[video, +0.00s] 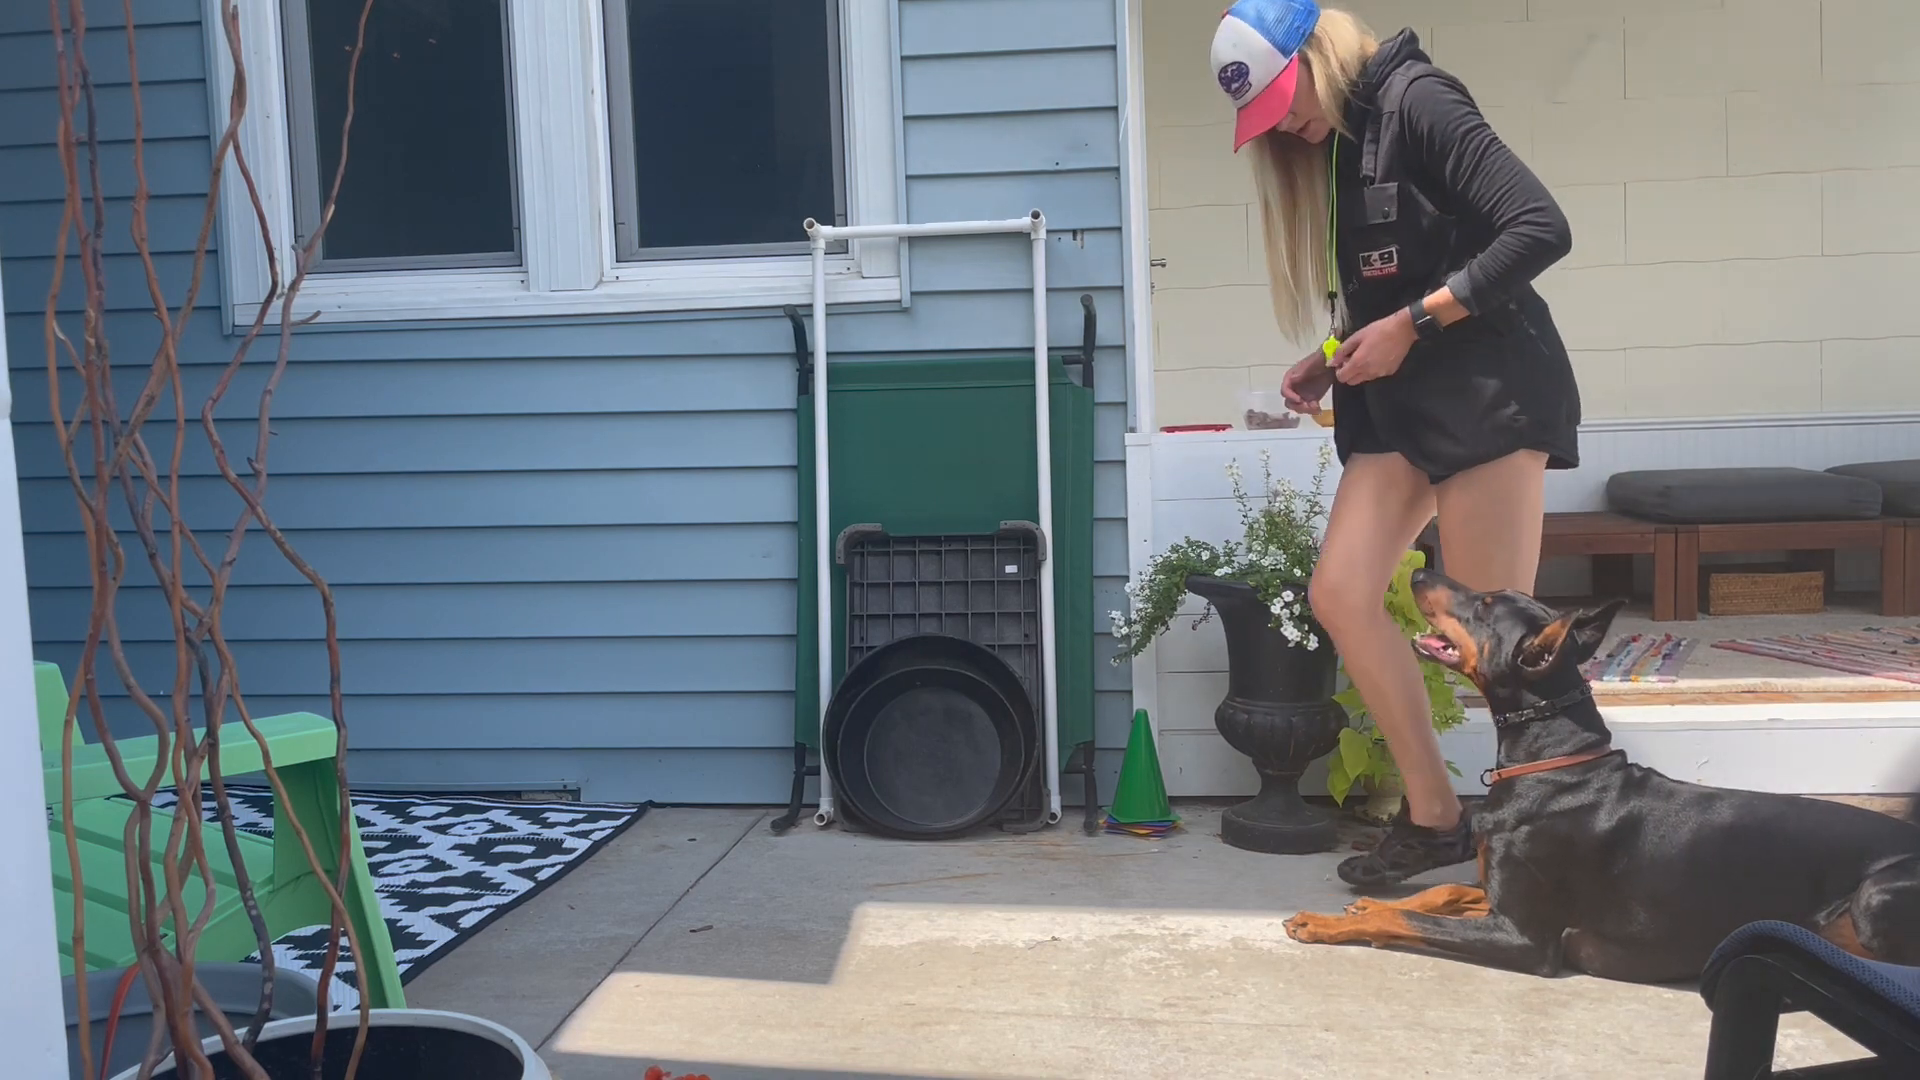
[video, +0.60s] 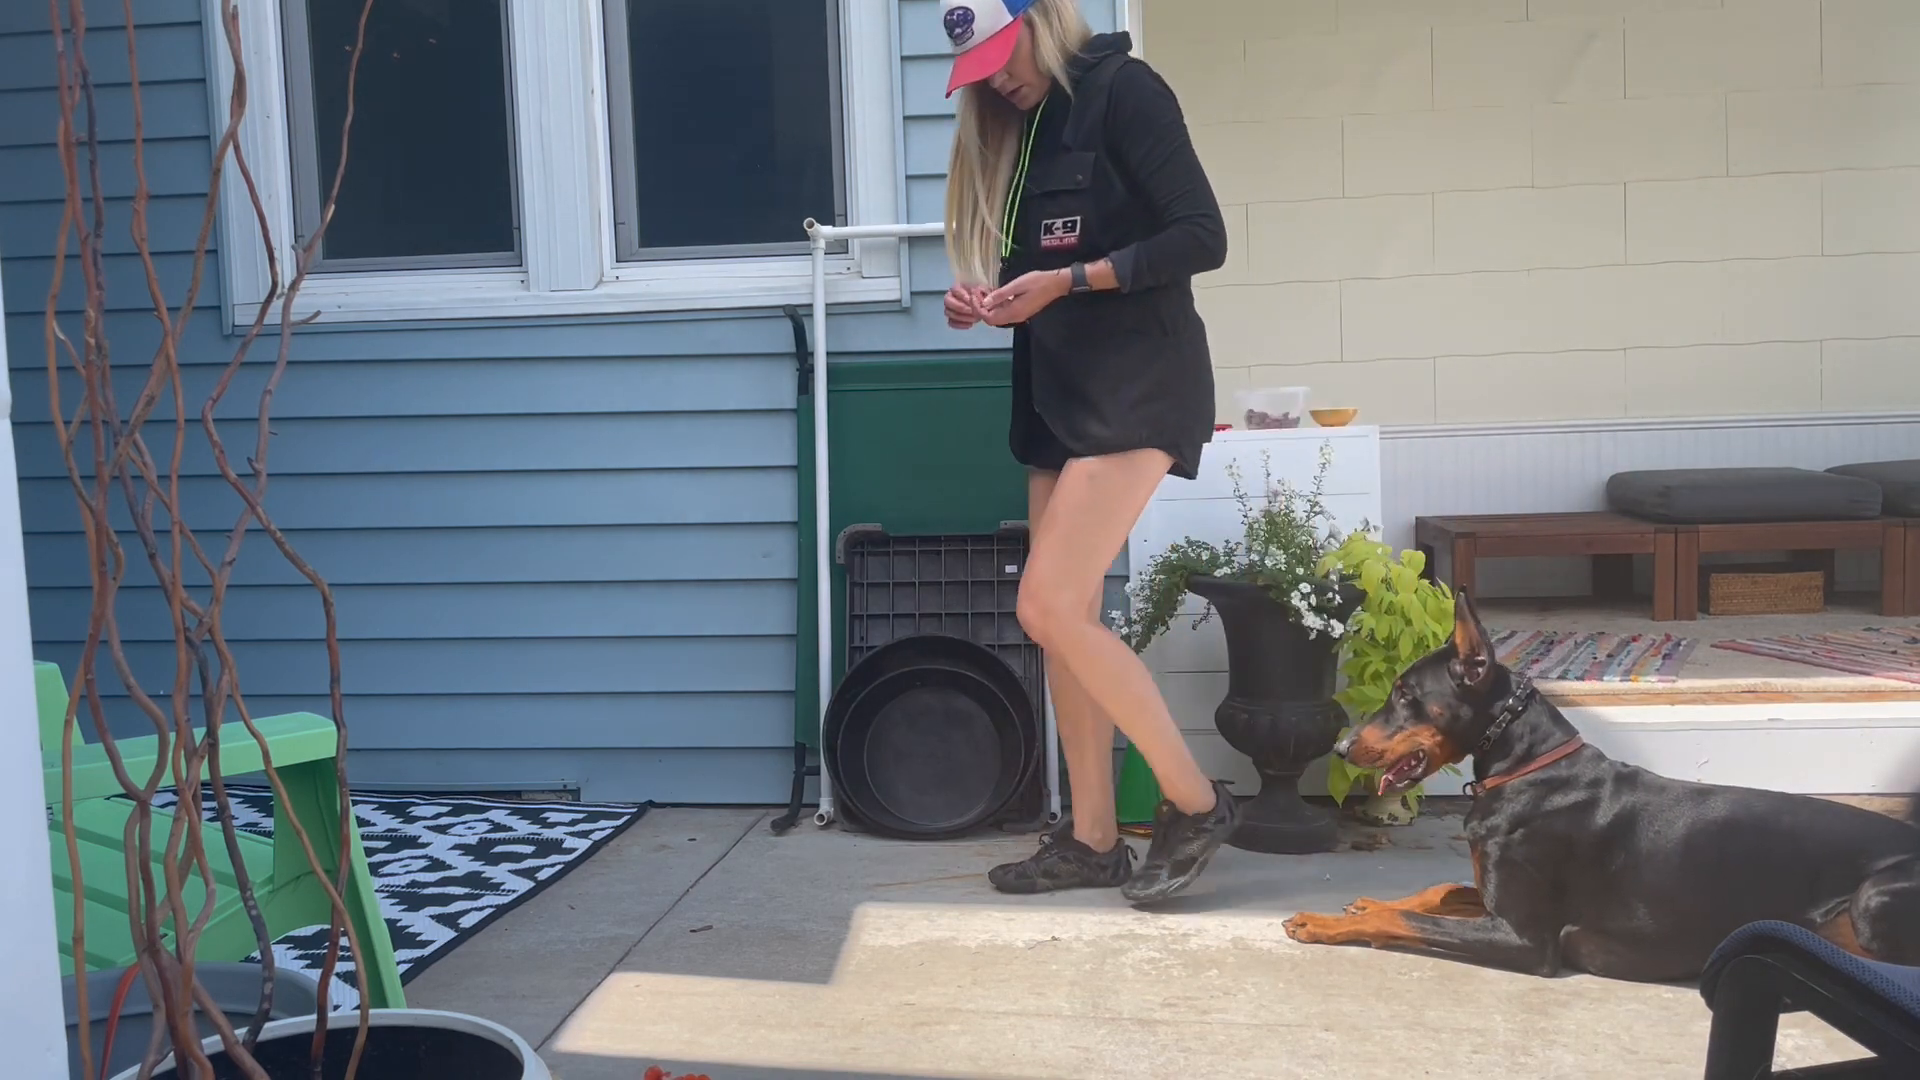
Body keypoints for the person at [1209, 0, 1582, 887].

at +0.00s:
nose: (1290, 132)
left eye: (1285, 111)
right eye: (1275, 124)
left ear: (1315, 59)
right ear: (1280, 92)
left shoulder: (1419, 101)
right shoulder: (1344, 139)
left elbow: (1538, 226)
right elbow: (1398, 282)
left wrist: (1417, 320)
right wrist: (1334, 359)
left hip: (1491, 391)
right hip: (1401, 402)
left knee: (1496, 632)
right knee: (1343, 596)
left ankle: (1548, 830)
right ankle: (1436, 818)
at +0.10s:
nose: (1250, 124)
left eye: (1246, 102)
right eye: (1236, 114)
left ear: (1280, 55)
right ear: (1253, 78)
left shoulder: (1387, 99)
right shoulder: (1317, 136)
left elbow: (1491, 231)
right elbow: (1365, 282)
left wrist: (1369, 320)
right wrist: (1296, 350)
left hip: (1452, 389)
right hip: (1364, 398)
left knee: (1475, 635)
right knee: (1285, 594)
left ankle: (1546, 836)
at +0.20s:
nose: (1206, 121)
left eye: (1208, 98)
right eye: (1193, 111)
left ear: (1246, 54)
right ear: (1189, 96)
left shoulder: (1340, 100)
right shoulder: (1266, 146)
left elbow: (1433, 240)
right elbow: (1312, 288)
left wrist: (1303, 318)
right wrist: (1243, 342)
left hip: (1403, 391)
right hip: (1312, 399)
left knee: (1438, 651)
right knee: (1232, 600)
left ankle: (1539, 828)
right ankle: (1160, 826)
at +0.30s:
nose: (1152, 116)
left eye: (1155, 94)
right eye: (1139, 105)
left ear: (1196, 51)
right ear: (1145, 89)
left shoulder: (1285, 103)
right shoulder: (1216, 141)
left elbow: (1367, 250)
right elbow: (1257, 280)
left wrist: (1232, 316)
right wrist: (1187, 332)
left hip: (1335, 396)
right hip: (1246, 404)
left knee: (1385, 645)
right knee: (1174, 607)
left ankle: (1549, 796)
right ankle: (1116, 835)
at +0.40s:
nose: (1092, 106)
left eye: (1095, 83)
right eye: (1078, 95)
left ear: (1135, 42)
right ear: (1082, 79)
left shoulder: (1226, 105)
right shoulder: (1142, 141)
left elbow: (1301, 249)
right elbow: (1179, 277)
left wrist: (1170, 307)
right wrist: (1112, 326)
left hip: (1259, 396)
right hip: (1174, 404)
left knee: (1277, 646)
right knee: (1117, 607)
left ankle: (1477, 787)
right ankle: (1099, 839)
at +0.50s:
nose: (1042, 97)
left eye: (1043, 73)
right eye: (1028, 86)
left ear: (1081, 30)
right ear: (1033, 67)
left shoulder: (1170, 94)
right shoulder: (1084, 132)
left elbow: (1245, 242)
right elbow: (1110, 266)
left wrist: (1110, 293)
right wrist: (1047, 306)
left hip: (1193, 393)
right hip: (1109, 397)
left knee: (1151, 627)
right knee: (1084, 606)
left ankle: (1353, 779)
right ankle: (1097, 840)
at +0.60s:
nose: (995, 86)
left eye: (998, 63)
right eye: (981, 74)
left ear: (1038, 23)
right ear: (978, 60)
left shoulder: (1125, 89)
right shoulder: (1019, 124)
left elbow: (1202, 236)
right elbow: (1040, 259)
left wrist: (1068, 280)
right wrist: (988, 297)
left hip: (1142, 385)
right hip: (1055, 386)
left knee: (1049, 605)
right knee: (1065, 612)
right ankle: (1094, 838)